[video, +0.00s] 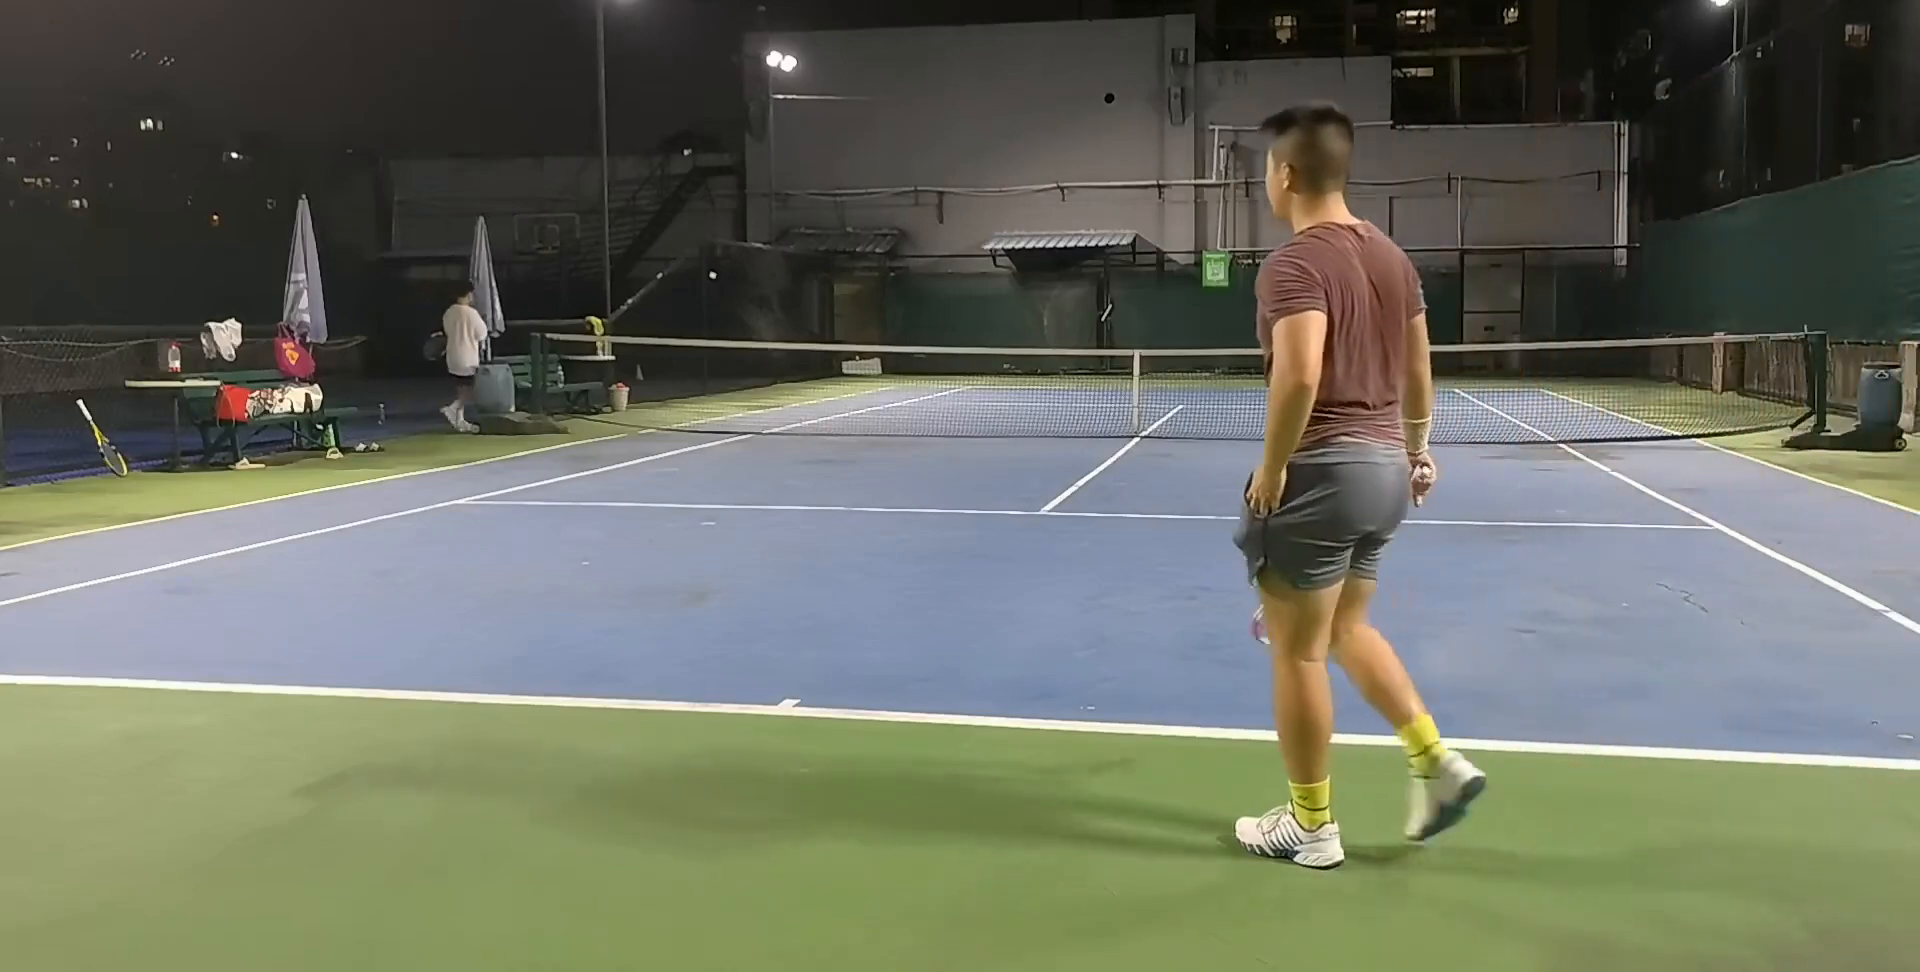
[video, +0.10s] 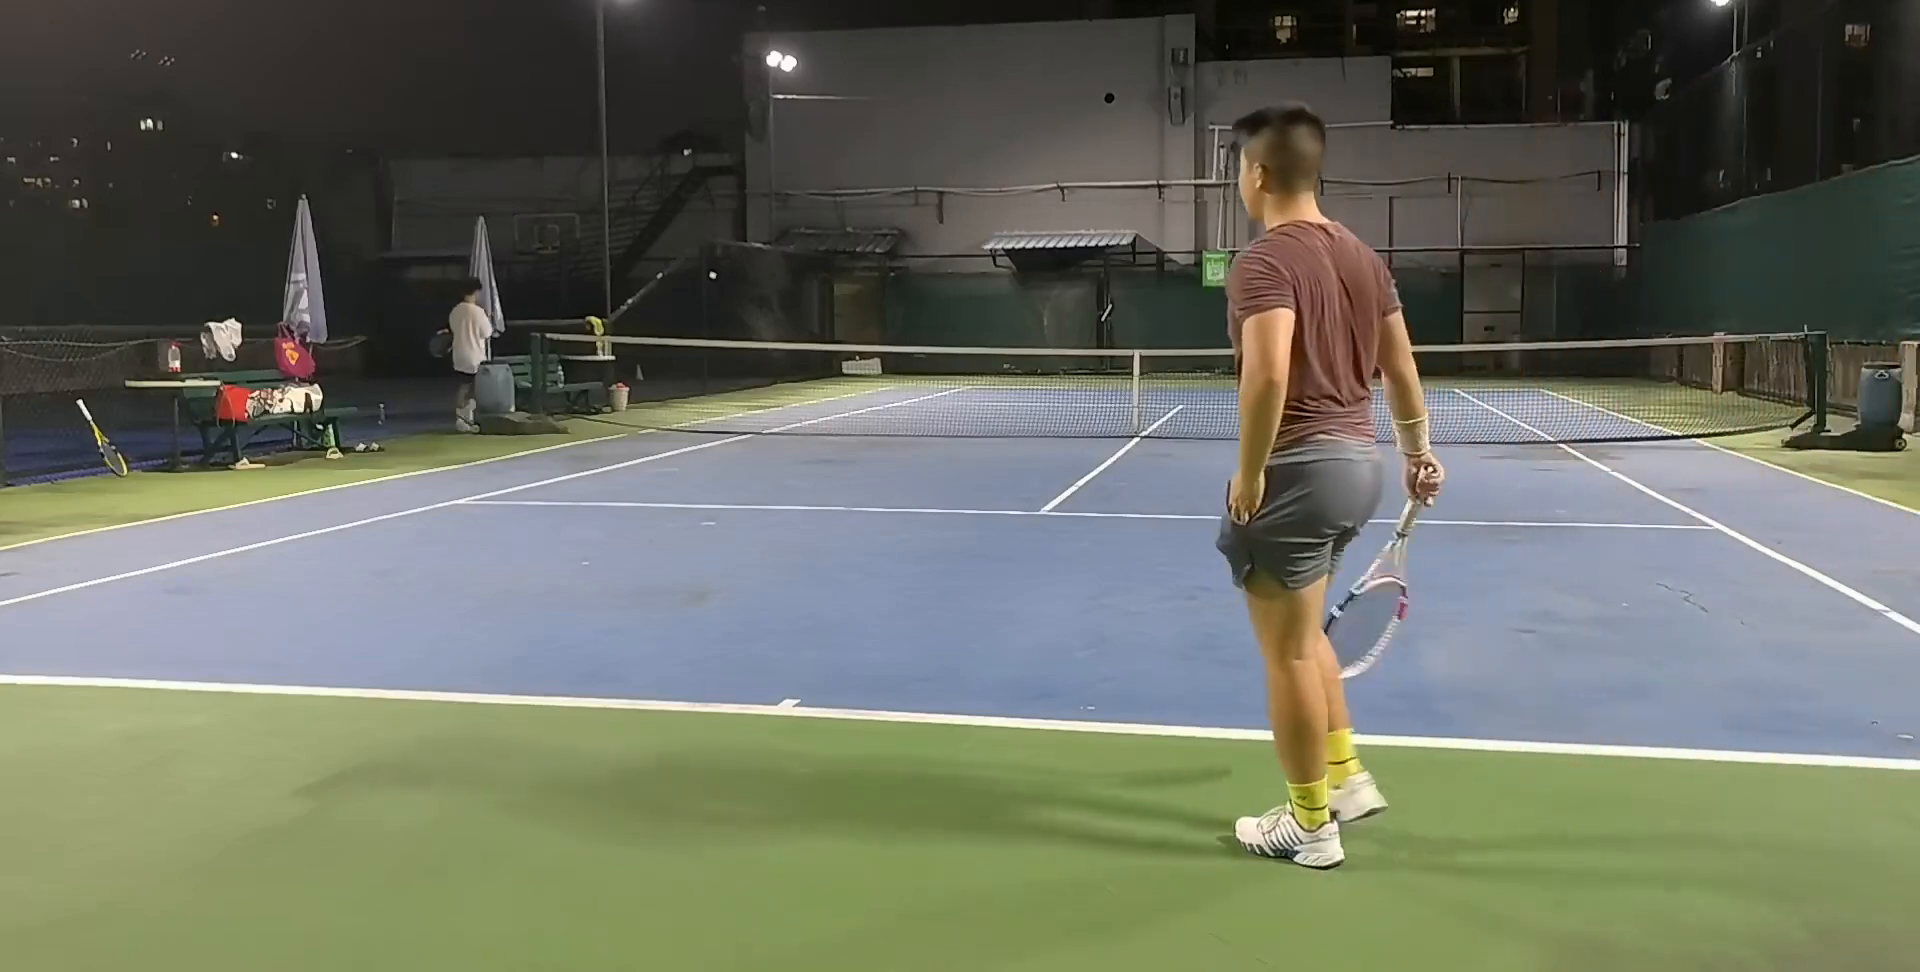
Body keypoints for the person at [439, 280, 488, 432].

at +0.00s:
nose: (472, 297)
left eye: (471, 294)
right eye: (470, 294)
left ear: (456, 296)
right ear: (467, 296)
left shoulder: (448, 313)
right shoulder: (471, 313)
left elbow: (447, 332)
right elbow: (482, 333)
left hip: (452, 357)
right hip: (469, 358)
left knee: (460, 388)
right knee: (469, 390)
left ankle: (460, 420)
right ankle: (452, 409)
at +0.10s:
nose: (479, 294)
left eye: (478, 291)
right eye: (478, 291)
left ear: (463, 292)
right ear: (475, 292)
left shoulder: (454, 311)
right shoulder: (478, 312)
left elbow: (453, 330)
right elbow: (487, 333)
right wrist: (489, 319)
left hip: (458, 357)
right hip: (475, 358)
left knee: (463, 385)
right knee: (476, 387)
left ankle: (460, 420)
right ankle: (468, 416)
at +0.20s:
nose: (487, 297)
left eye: (487, 294)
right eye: (487, 294)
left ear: (472, 293)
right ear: (484, 294)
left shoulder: (462, 311)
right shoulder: (484, 313)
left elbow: (462, 330)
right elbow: (494, 334)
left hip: (465, 360)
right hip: (483, 360)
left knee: (466, 388)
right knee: (486, 391)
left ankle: (460, 420)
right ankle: (487, 422)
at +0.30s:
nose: (496, 299)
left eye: (496, 296)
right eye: (495, 296)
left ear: (480, 295)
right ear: (492, 297)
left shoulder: (470, 311)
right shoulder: (492, 314)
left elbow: (471, 329)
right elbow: (502, 335)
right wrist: (508, 324)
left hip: (473, 360)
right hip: (491, 361)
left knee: (469, 388)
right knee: (500, 388)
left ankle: (462, 420)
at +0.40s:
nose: (508, 302)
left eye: (508, 299)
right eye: (508, 299)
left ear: (493, 298)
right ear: (504, 299)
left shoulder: (482, 313)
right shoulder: (504, 316)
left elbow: (480, 330)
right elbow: (513, 337)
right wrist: (516, 327)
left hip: (483, 362)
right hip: (501, 363)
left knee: (476, 390)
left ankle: (464, 416)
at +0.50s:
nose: (519, 301)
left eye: (520, 298)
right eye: (519, 298)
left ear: (504, 297)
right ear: (514, 297)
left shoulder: (494, 313)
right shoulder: (515, 315)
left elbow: (488, 330)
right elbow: (524, 336)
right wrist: (528, 329)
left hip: (493, 360)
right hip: (512, 361)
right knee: (522, 377)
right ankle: (523, 408)